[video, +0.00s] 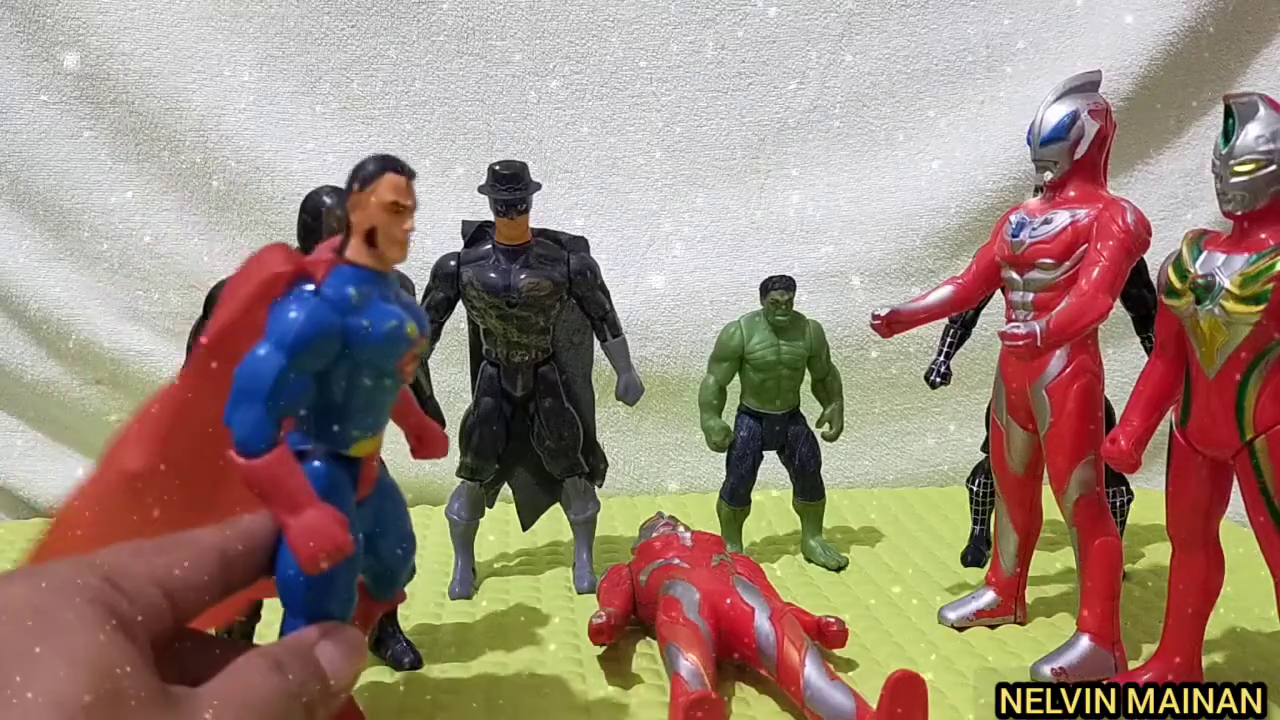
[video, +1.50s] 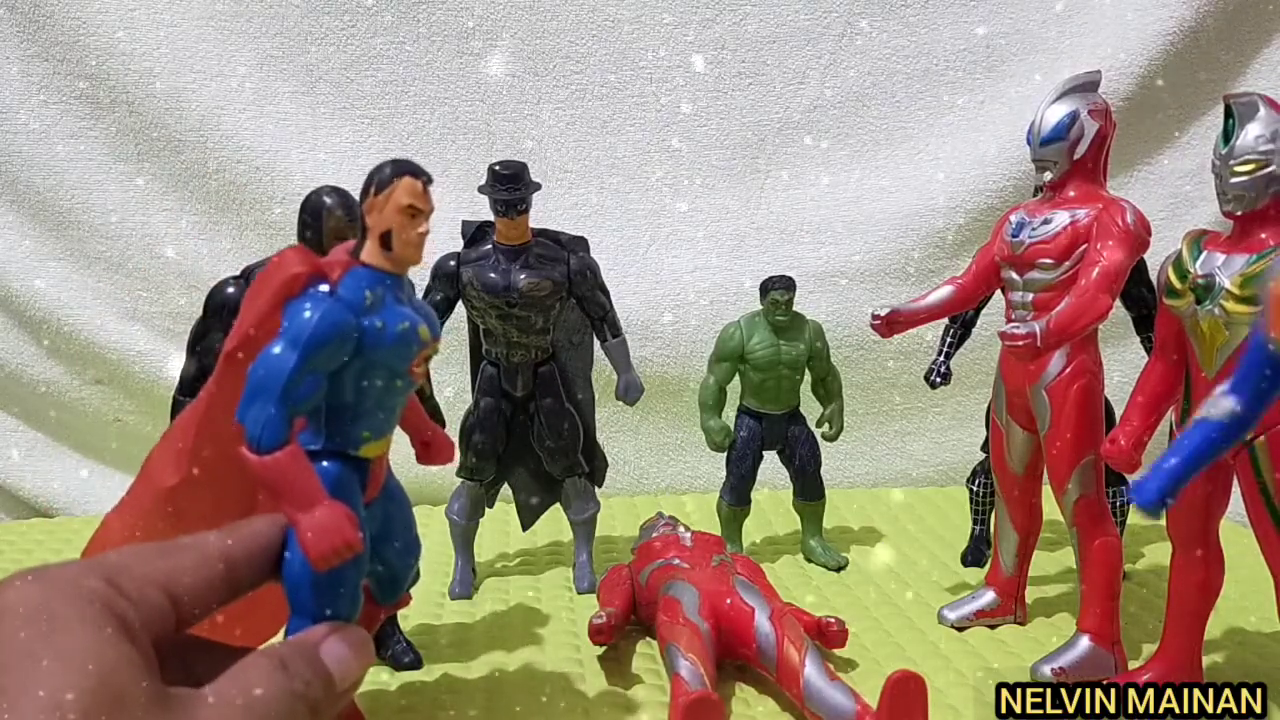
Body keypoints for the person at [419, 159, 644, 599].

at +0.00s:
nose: (512, 210)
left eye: (519, 202)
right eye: (503, 203)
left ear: (531, 201)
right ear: (490, 203)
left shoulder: (566, 258)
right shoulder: (461, 264)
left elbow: (603, 317)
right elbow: (427, 327)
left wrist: (626, 372)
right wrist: (407, 379)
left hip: (551, 378)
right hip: (493, 379)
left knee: (574, 470)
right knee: (476, 472)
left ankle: (584, 560)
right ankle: (463, 562)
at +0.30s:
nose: (513, 211)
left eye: (519, 203)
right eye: (504, 204)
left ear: (531, 201)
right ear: (491, 204)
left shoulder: (566, 259)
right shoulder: (462, 264)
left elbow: (603, 318)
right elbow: (426, 327)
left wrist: (626, 372)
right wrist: (408, 383)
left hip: (551, 379)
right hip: (493, 380)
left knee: (572, 471)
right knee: (477, 474)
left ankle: (583, 559)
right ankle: (463, 562)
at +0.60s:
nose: (510, 211)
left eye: (518, 204)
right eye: (502, 204)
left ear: (530, 202)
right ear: (490, 203)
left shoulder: (567, 257)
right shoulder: (463, 263)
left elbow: (603, 318)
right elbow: (426, 323)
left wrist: (626, 372)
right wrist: (412, 374)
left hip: (553, 377)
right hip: (494, 377)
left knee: (573, 470)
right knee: (476, 473)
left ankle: (583, 560)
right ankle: (463, 563)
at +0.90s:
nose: (510, 215)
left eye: (517, 207)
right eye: (502, 207)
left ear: (530, 203)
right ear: (490, 205)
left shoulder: (567, 258)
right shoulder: (463, 263)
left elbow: (603, 317)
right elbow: (427, 323)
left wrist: (626, 372)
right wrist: (411, 373)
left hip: (552, 377)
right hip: (494, 377)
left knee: (572, 469)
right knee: (476, 472)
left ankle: (584, 560)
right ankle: (463, 563)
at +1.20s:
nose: (512, 212)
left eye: (519, 204)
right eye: (503, 205)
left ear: (530, 202)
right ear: (491, 204)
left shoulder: (567, 258)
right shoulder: (462, 263)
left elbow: (603, 318)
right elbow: (424, 324)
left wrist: (626, 372)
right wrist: (405, 373)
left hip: (552, 378)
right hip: (493, 378)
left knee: (573, 470)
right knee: (476, 473)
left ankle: (584, 558)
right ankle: (463, 562)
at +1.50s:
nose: (511, 212)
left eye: (518, 204)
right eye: (503, 205)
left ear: (530, 202)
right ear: (490, 204)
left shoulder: (567, 258)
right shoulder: (462, 264)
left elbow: (603, 318)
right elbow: (424, 325)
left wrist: (626, 372)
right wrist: (406, 370)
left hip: (551, 377)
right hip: (493, 377)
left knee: (572, 469)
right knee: (476, 471)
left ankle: (584, 558)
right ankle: (463, 562)